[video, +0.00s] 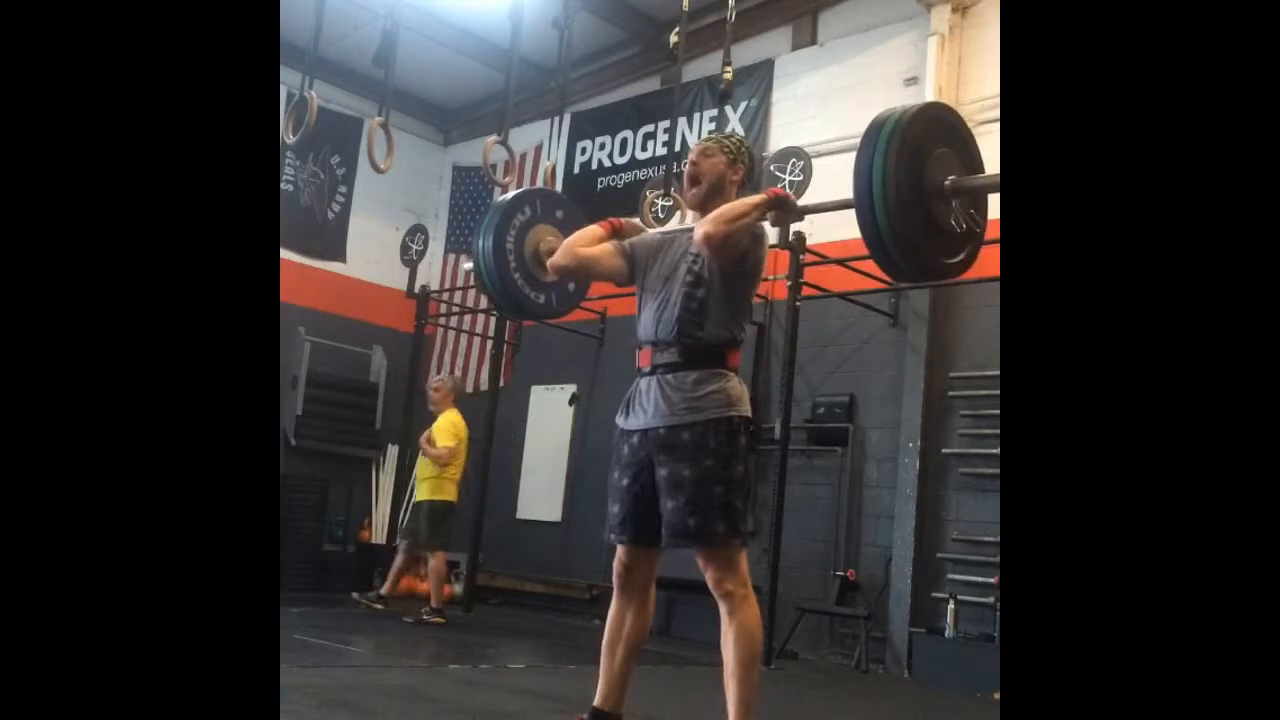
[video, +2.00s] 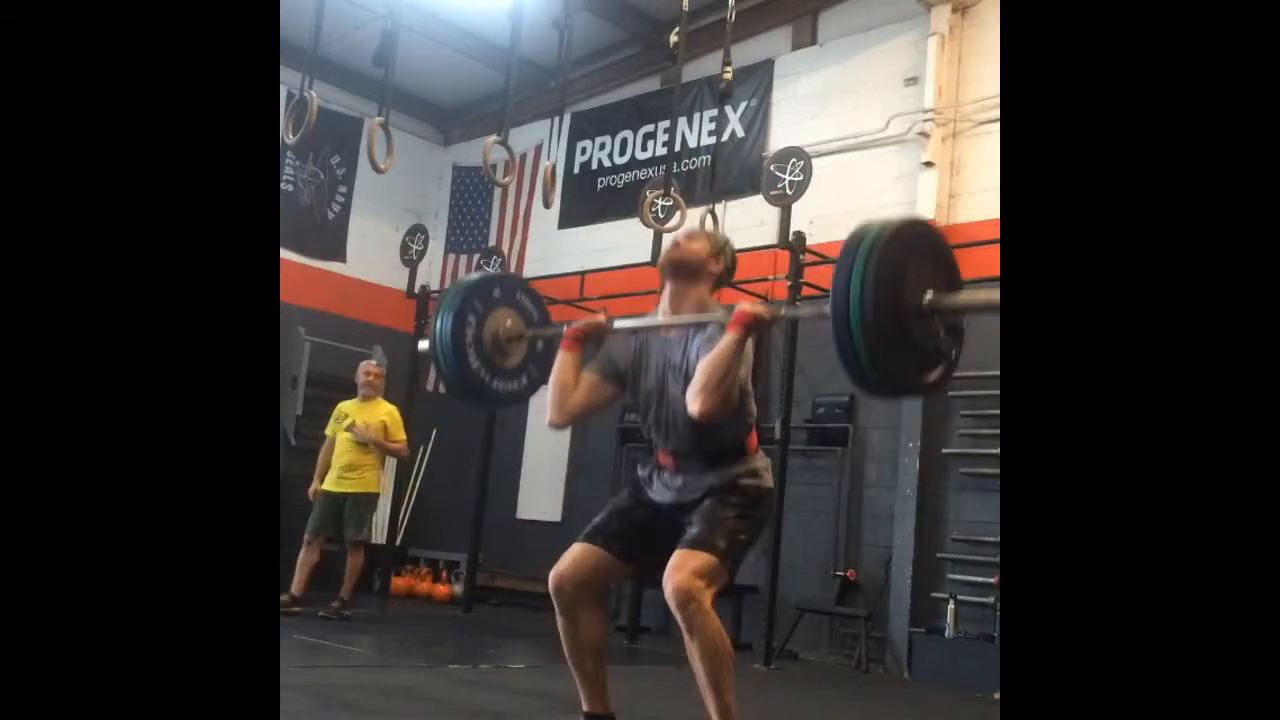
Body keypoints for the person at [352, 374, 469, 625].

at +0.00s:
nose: (431, 395)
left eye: (436, 391)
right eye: (430, 390)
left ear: (450, 395)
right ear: (444, 396)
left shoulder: (448, 420)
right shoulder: (449, 420)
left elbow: (445, 456)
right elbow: (447, 457)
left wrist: (423, 445)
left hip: (437, 495)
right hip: (428, 494)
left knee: (436, 551)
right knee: (407, 545)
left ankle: (435, 608)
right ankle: (383, 594)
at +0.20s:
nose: (420, 394)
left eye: (426, 390)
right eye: (420, 389)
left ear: (439, 394)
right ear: (420, 393)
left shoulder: (441, 420)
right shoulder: (423, 420)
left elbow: (450, 456)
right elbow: (425, 455)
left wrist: (422, 447)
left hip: (426, 497)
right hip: (408, 496)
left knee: (428, 551)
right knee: (393, 549)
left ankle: (435, 607)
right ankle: (376, 600)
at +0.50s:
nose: (397, 389)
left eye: (403, 386)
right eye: (395, 385)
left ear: (415, 390)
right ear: (393, 389)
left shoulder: (421, 417)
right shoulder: (394, 419)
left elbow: (430, 450)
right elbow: (385, 458)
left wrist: (404, 441)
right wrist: (360, 485)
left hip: (407, 493)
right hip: (385, 492)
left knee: (406, 547)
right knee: (382, 547)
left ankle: (430, 601)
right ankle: (374, 600)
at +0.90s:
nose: (384, 387)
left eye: (389, 383)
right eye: (379, 382)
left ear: (396, 388)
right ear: (372, 387)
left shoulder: (407, 415)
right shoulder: (364, 420)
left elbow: (425, 447)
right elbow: (355, 459)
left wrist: (398, 439)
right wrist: (347, 492)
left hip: (394, 486)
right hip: (367, 488)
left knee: (379, 538)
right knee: (369, 544)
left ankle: (387, 594)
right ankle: (372, 598)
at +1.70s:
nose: (377, 381)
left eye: (382, 378)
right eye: (373, 376)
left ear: (389, 382)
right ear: (364, 379)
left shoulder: (392, 413)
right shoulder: (353, 409)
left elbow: (402, 451)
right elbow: (339, 446)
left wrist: (374, 438)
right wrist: (326, 480)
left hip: (366, 484)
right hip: (339, 482)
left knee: (350, 541)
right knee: (324, 539)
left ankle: (342, 598)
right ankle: (357, 577)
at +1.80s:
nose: (376, 381)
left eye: (382, 377)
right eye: (372, 375)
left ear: (388, 382)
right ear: (362, 378)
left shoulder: (391, 412)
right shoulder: (351, 409)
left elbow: (403, 451)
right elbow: (337, 446)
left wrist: (373, 438)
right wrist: (324, 479)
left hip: (365, 486)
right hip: (336, 483)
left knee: (354, 542)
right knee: (316, 536)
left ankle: (342, 599)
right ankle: (336, 585)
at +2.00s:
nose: (370, 379)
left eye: (376, 376)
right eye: (366, 374)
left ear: (383, 382)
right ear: (357, 378)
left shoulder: (389, 412)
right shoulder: (343, 408)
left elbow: (402, 451)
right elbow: (328, 445)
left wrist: (370, 439)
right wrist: (317, 479)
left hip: (363, 488)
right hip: (332, 484)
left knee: (355, 544)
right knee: (311, 539)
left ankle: (343, 600)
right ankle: (293, 595)